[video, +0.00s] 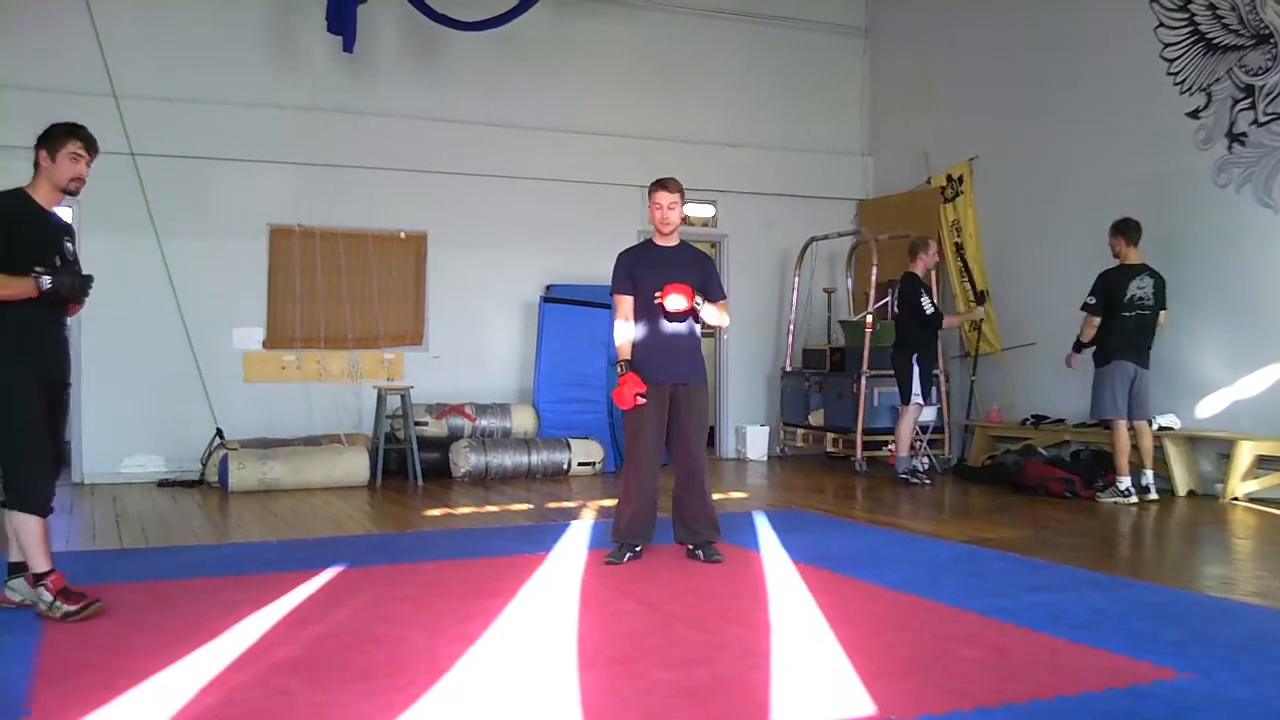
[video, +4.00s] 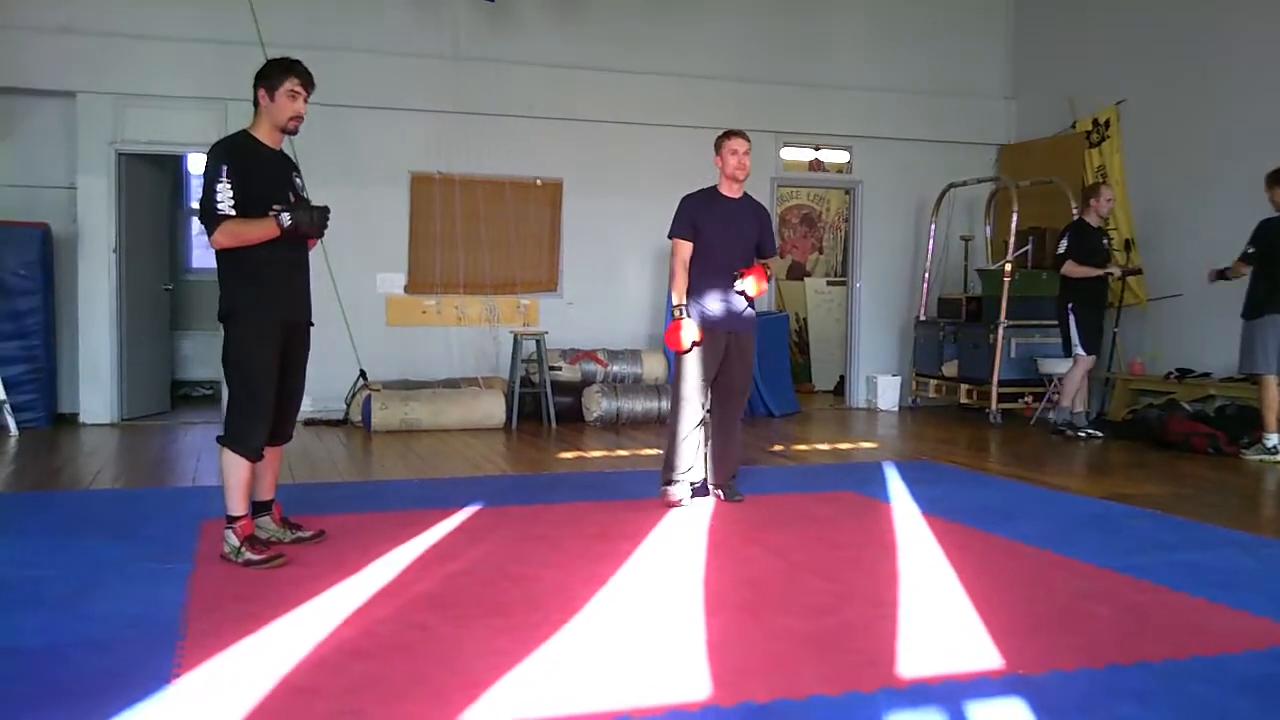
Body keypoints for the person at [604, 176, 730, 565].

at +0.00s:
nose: (665, 212)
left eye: (672, 206)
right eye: (658, 206)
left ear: (682, 210)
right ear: (649, 210)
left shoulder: (700, 260)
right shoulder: (630, 259)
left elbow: (721, 318)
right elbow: (623, 319)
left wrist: (695, 304)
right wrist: (625, 366)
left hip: (690, 375)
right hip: (645, 374)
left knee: (692, 459)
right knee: (640, 459)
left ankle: (699, 538)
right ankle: (631, 539)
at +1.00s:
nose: (671, 225)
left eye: (678, 217)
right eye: (664, 218)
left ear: (692, 212)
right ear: (656, 216)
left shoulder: (717, 256)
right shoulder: (646, 260)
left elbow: (741, 311)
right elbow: (636, 321)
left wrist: (705, 312)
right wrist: (632, 375)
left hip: (706, 373)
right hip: (662, 374)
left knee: (704, 455)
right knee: (667, 455)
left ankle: (704, 543)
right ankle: (675, 537)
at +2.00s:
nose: (714, 228)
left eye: (723, 222)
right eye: (709, 219)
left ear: (740, 211)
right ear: (701, 206)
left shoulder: (755, 256)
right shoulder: (686, 236)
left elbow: (777, 319)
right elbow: (670, 297)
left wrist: (737, 325)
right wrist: (654, 353)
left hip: (726, 374)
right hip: (680, 367)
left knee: (732, 462)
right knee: (662, 443)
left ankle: (733, 546)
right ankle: (706, 484)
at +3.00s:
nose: (652, 150)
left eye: (656, 142)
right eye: (642, 144)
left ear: (665, 147)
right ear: (628, 154)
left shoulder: (693, 194)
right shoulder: (621, 206)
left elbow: (721, 253)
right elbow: (616, 271)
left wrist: (676, 260)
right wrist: (610, 329)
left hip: (691, 316)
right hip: (646, 318)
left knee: (697, 399)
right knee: (646, 405)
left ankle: (687, 456)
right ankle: (652, 495)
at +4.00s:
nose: (741, 159)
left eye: (746, 154)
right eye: (734, 153)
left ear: (751, 161)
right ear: (718, 159)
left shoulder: (759, 213)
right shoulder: (693, 204)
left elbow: (768, 264)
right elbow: (680, 262)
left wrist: (760, 276)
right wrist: (679, 312)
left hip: (742, 324)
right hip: (700, 320)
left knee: (731, 404)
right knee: (690, 403)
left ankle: (723, 478)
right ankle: (679, 481)